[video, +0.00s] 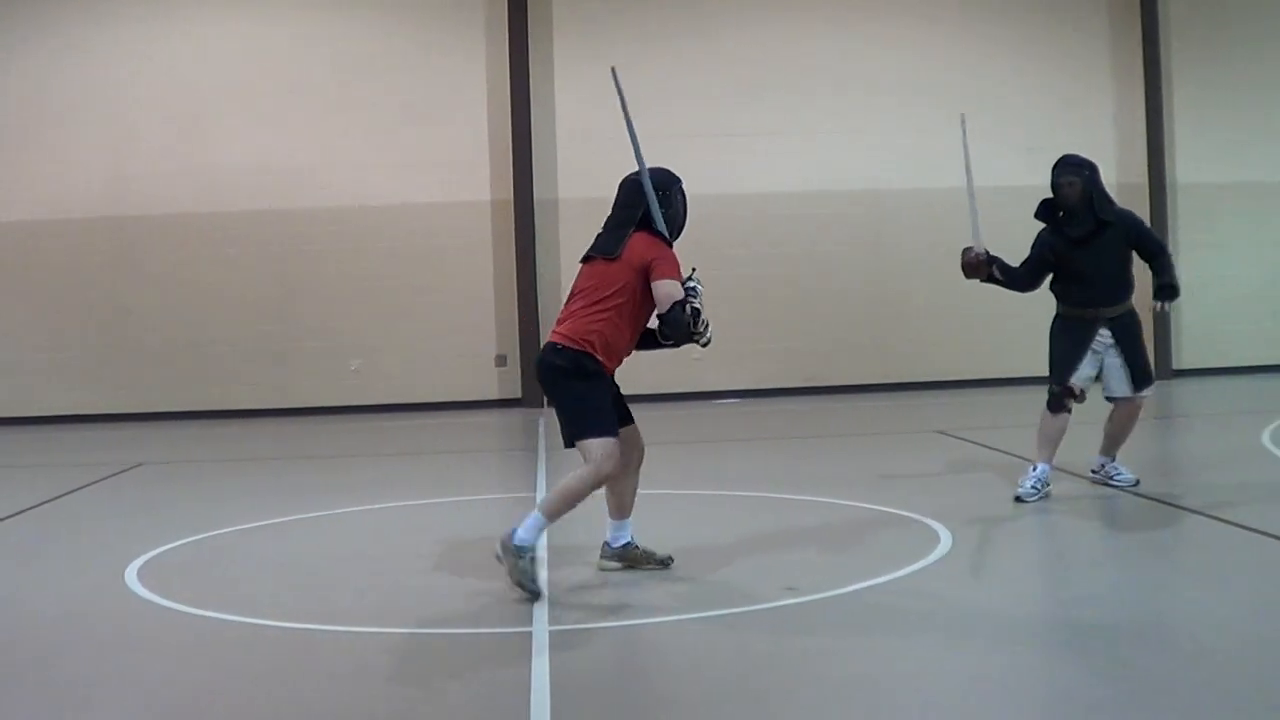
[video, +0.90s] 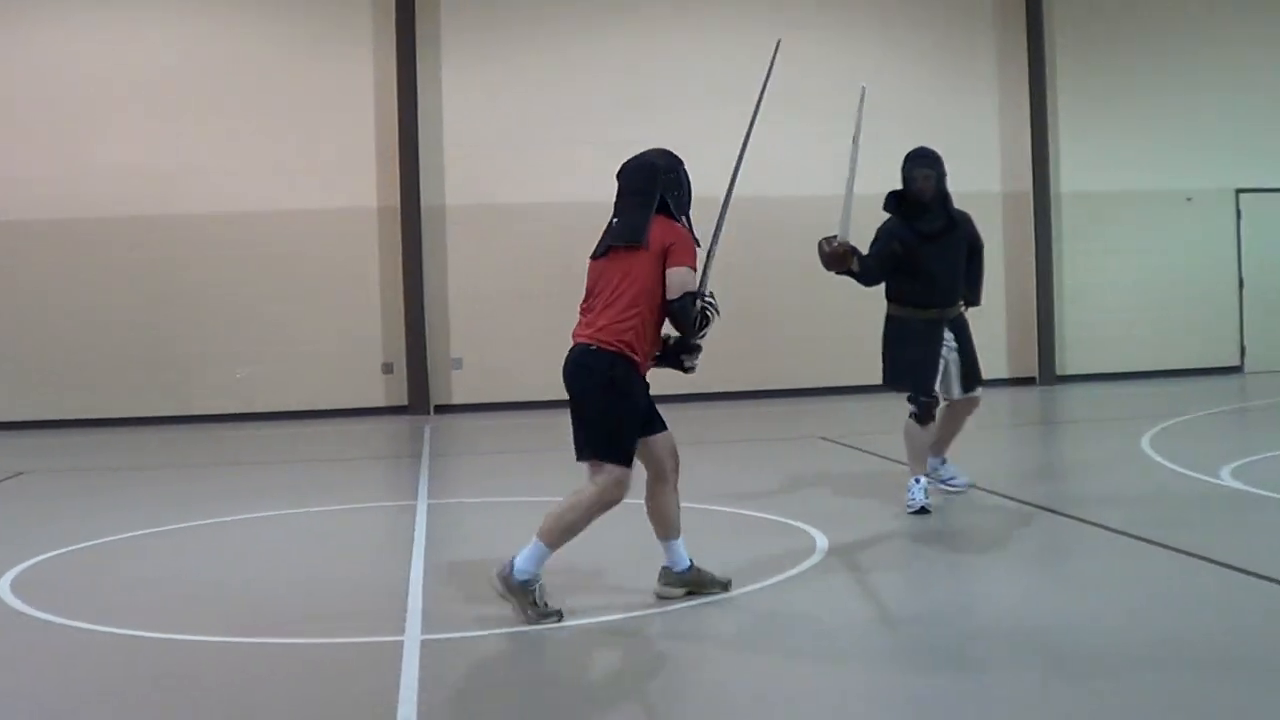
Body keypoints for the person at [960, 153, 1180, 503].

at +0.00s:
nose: (1065, 190)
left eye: (1072, 183)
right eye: (1059, 184)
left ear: (1090, 184)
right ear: (1054, 190)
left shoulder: (1121, 222)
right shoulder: (1053, 236)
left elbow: (1156, 251)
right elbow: (1027, 279)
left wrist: (1165, 286)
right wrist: (989, 266)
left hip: (1120, 322)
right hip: (1074, 324)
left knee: (1131, 396)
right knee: (1061, 396)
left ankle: (1104, 463)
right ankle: (1040, 472)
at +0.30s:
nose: (1050, 189)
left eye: (1057, 182)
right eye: (1044, 183)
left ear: (1074, 184)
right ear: (1038, 188)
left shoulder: (1102, 224)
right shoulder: (1034, 234)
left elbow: (1132, 250)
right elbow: (1005, 277)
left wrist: (1127, 291)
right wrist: (975, 261)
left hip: (1099, 322)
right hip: (1052, 324)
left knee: (1110, 394)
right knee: (1039, 393)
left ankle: (1083, 464)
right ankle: (1017, 470)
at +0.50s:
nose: (1021, 187)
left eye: (1027, 180)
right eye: (1015, 181)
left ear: (1041, 185)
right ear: (1005, 188)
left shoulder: (1065, 228)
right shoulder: (997, 237)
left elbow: (1090, 257)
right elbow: (968, 279)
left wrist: (1086, 299)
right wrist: (940, 260)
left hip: (1060, 324)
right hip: (1014, 328)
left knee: (1075, 399)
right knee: (1010, 402)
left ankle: (1057, 466)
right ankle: (993, 478)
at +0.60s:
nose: (1000, 185)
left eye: (1006, 178)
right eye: (994, 179)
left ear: (1020, 183)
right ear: (984, 186)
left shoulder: (1042, 228)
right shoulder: (975, 234)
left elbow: (1064, 257)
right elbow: (947, 277)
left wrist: (1059, 299)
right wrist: (921, 261)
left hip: (1035, 324)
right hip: (990, 327)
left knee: (1051, 396)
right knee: (988, 401)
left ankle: (1041, 465)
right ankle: (977, 478)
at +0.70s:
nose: (974, 186)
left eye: (980, 179)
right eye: (967, 180)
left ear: (993, 182)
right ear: (957, 184)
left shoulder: (1013, 226)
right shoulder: (947, 232)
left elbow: (1031, 258)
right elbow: (922, 276)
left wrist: (1027, 299)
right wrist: (897, 261)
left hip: (1005, 322)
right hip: (962, 325)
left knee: (1020, 395)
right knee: (965, 402)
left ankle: (1020, 464)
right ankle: (957, 479)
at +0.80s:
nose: (946, 184)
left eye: (953, 177)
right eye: (939, 178)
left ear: (965, 179)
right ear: (929, 181)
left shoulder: (984, 222)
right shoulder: (920, 228)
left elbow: (1000, 255)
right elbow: (896, 273)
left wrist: (994, 296)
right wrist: (871, 261)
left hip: (975, 319)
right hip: (934, 322)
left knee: (988, 393)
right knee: (942, 403)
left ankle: (985, 463)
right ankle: (935, 480)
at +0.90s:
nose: (922, 186)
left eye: (929, 178)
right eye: (915, 179)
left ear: (941, 180)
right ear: (905, 182)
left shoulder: (959, 222)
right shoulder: (895, 229)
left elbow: (974, 255)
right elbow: (873, 274)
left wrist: (969, 295)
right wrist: (851, 262)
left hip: (950, 320)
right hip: (910, 323)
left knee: (967, 397)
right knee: (924, 404)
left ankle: (935, 459)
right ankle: (917, 479)